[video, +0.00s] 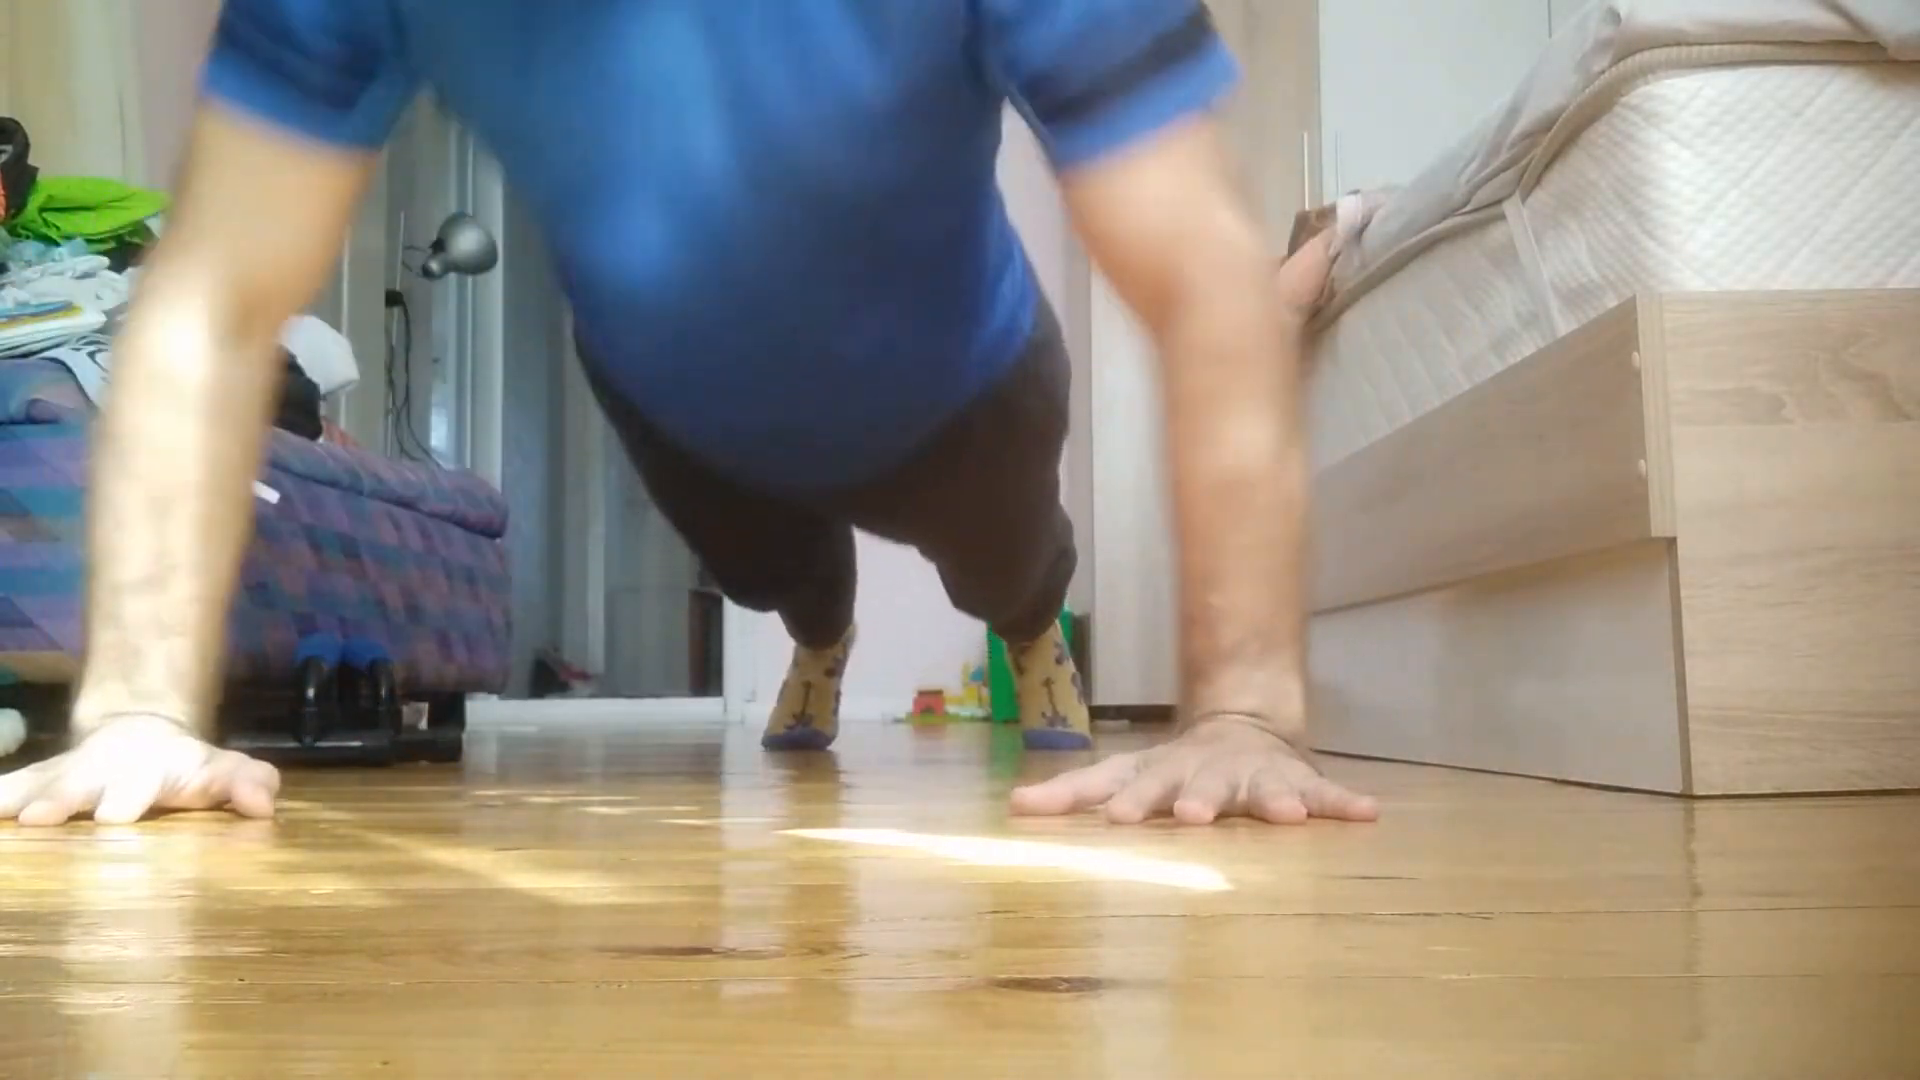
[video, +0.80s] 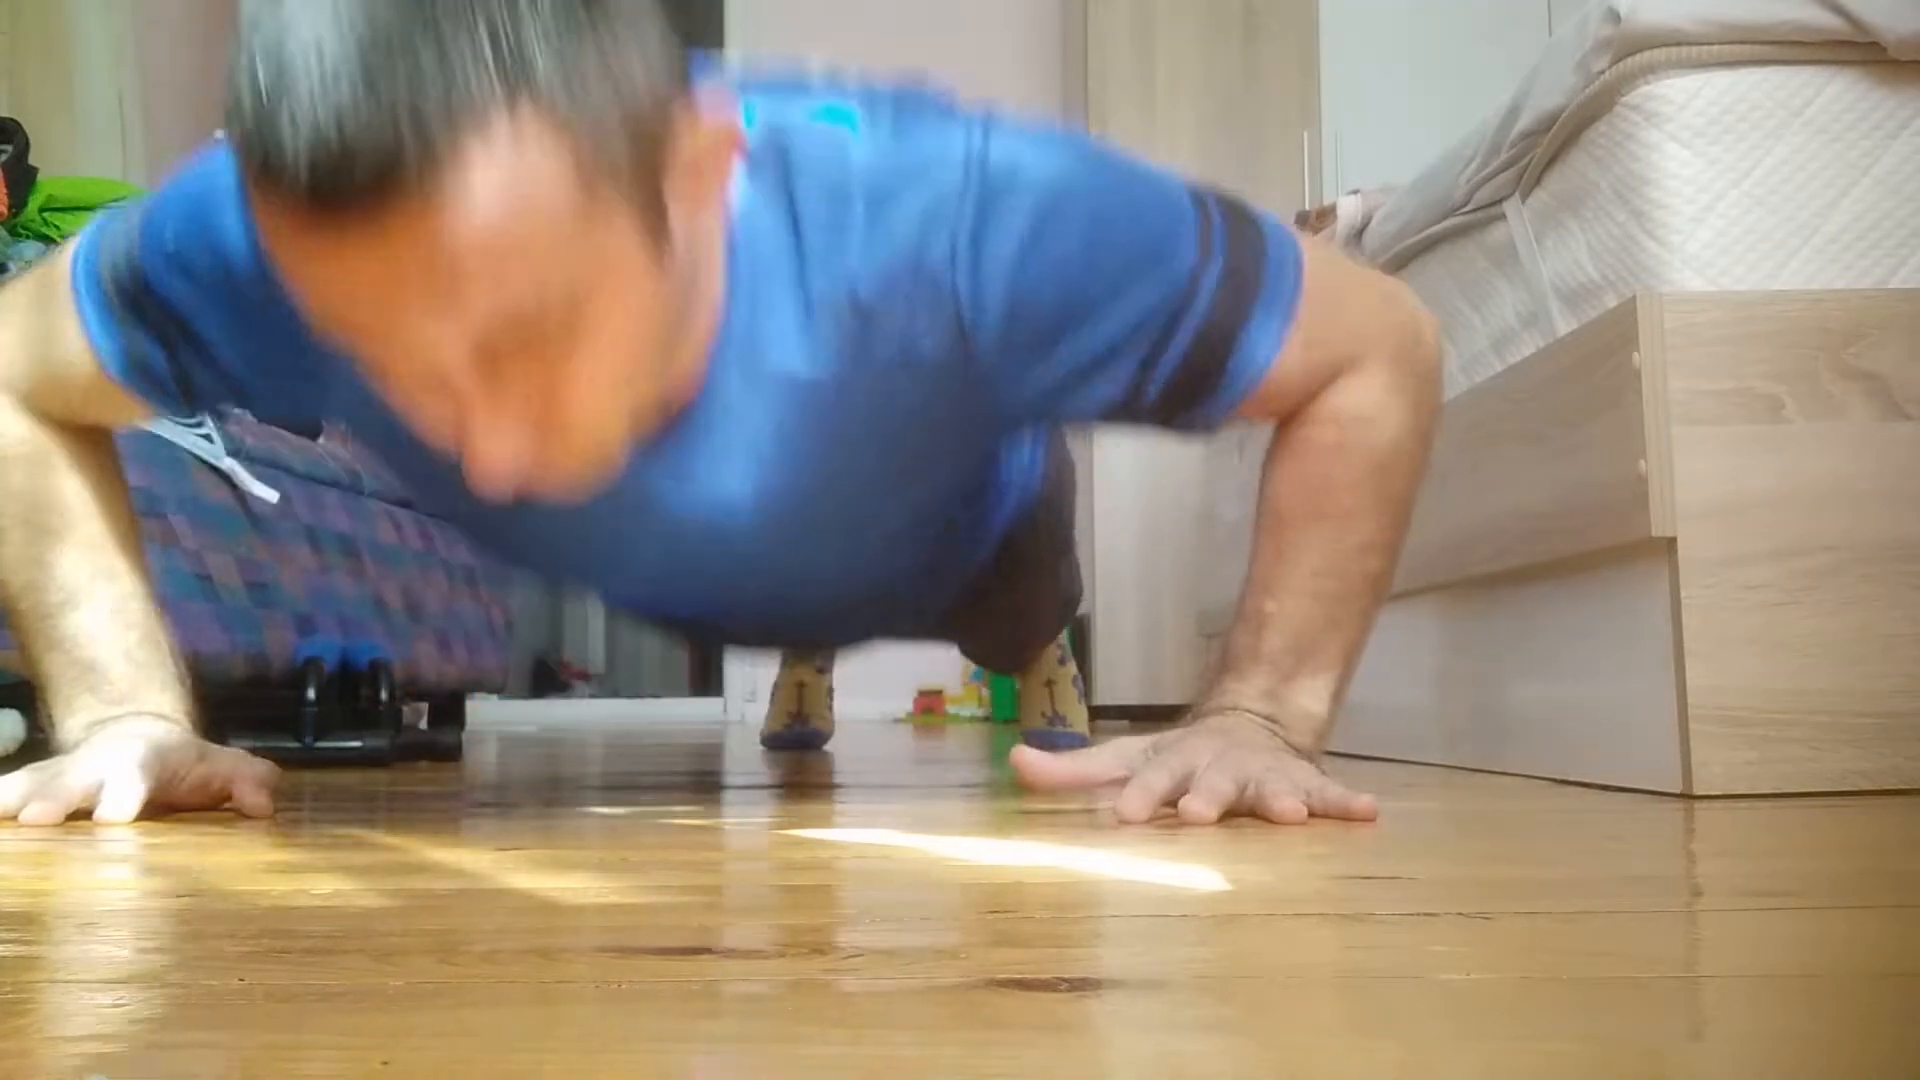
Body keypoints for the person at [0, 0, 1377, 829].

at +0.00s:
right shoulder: (360, 17)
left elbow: (1216, 280)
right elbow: (210, 300)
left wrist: (1249, 709)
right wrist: (145, 712)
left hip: (942, 387)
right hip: (687, 427)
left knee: (1002, 564)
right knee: (783, 569)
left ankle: (1012, 626)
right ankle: (820, 644)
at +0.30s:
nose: (572, 142)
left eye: (614, 59)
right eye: (513, 64)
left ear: (720, 12)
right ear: (440, 15)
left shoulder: (966, 35)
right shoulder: (338, 64)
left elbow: (1325, 334)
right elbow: (98, 366)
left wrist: (1250, 716)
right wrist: (138, 717)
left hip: (949, 507)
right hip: (694, 548)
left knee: (1003, 626)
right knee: (780, 626)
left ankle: (1006, 660)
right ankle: (802, 667)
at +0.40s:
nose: (511, 500)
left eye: (570, 410)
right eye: (438, 424)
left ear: (724, 232)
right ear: (330, 290)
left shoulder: (957, 235)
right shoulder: (255, 273)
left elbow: (1349, 358)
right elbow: (53, 394)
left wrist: (1252, 715)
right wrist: (134, 712)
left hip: (972, 637)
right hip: (649, 645)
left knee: (1017, 648)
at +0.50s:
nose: (496, 759)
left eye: (557, 668)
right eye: (417, 689)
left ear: (722, 466)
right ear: (300, 529)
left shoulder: (963, 402)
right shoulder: (264, 386)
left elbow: (1349, 351)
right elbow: (39, 368)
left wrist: (1253, 719)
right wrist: (129, 715)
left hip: (947, 720)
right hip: (645, 737)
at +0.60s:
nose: (500, 773)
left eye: (566, 676)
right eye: (419, 697)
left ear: (731, 491)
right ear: (304, 537)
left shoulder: (968, 421)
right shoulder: (255, 397)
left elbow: (1368, 352)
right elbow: (26, 359)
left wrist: (1257, 719)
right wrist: (123, 715)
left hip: (936, 702)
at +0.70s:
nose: (494, 622)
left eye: (553, 535)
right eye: (412, 553)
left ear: (736, 347)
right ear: (331, 429)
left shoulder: (970, 353)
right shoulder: (259, 338)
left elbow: (1382, 359)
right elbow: (26, 364)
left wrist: (1266, 713)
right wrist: (128, 707)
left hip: (972, 634)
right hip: (693, 667)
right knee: (793, 703)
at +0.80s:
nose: (484, 450)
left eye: (529, 348)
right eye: (402, 376)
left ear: (700, 177)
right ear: (317, 276)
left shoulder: (947, 220)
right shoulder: (271, 236)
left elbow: (1376, 352)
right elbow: (20, 385)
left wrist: (1265, 712)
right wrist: (133, 716)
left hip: (971, 560)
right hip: (715, 594)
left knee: (1017, 633)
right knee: (794, 636)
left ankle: (1026, 656)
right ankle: (806, 664)